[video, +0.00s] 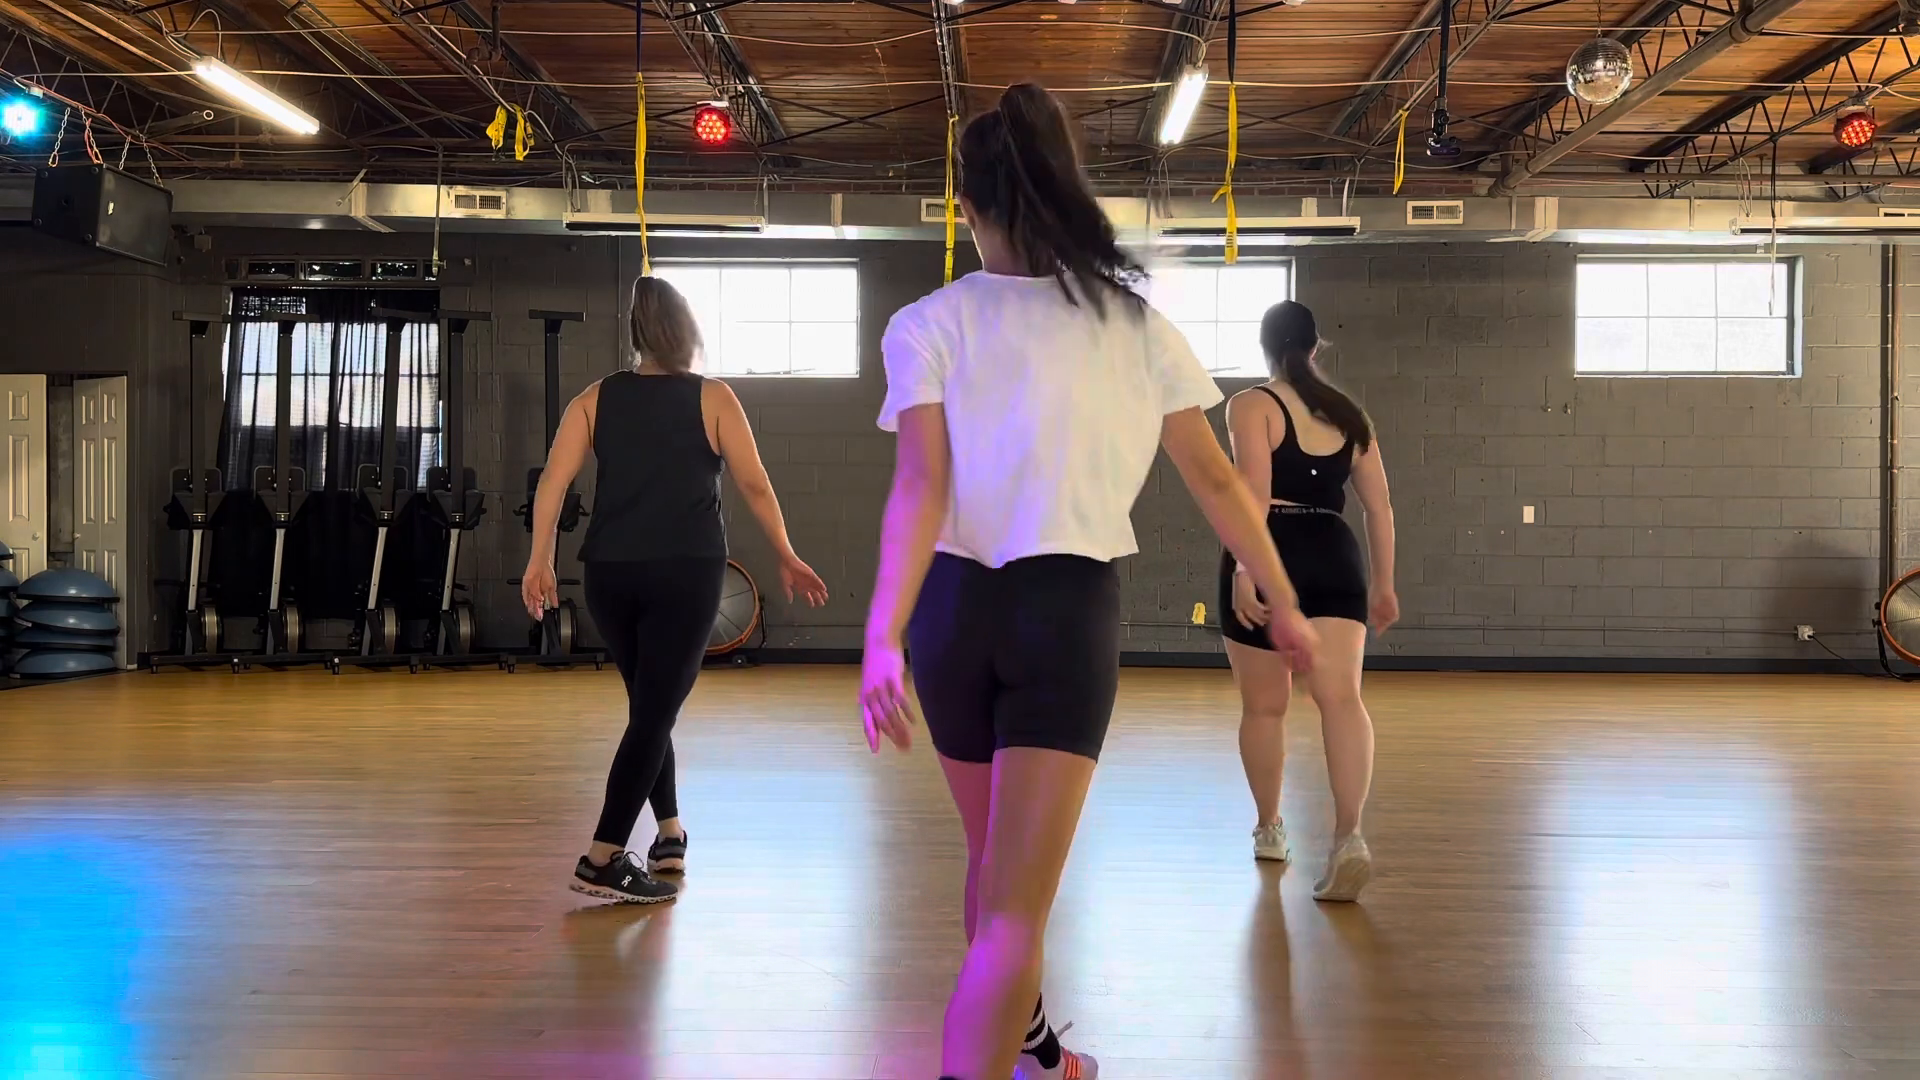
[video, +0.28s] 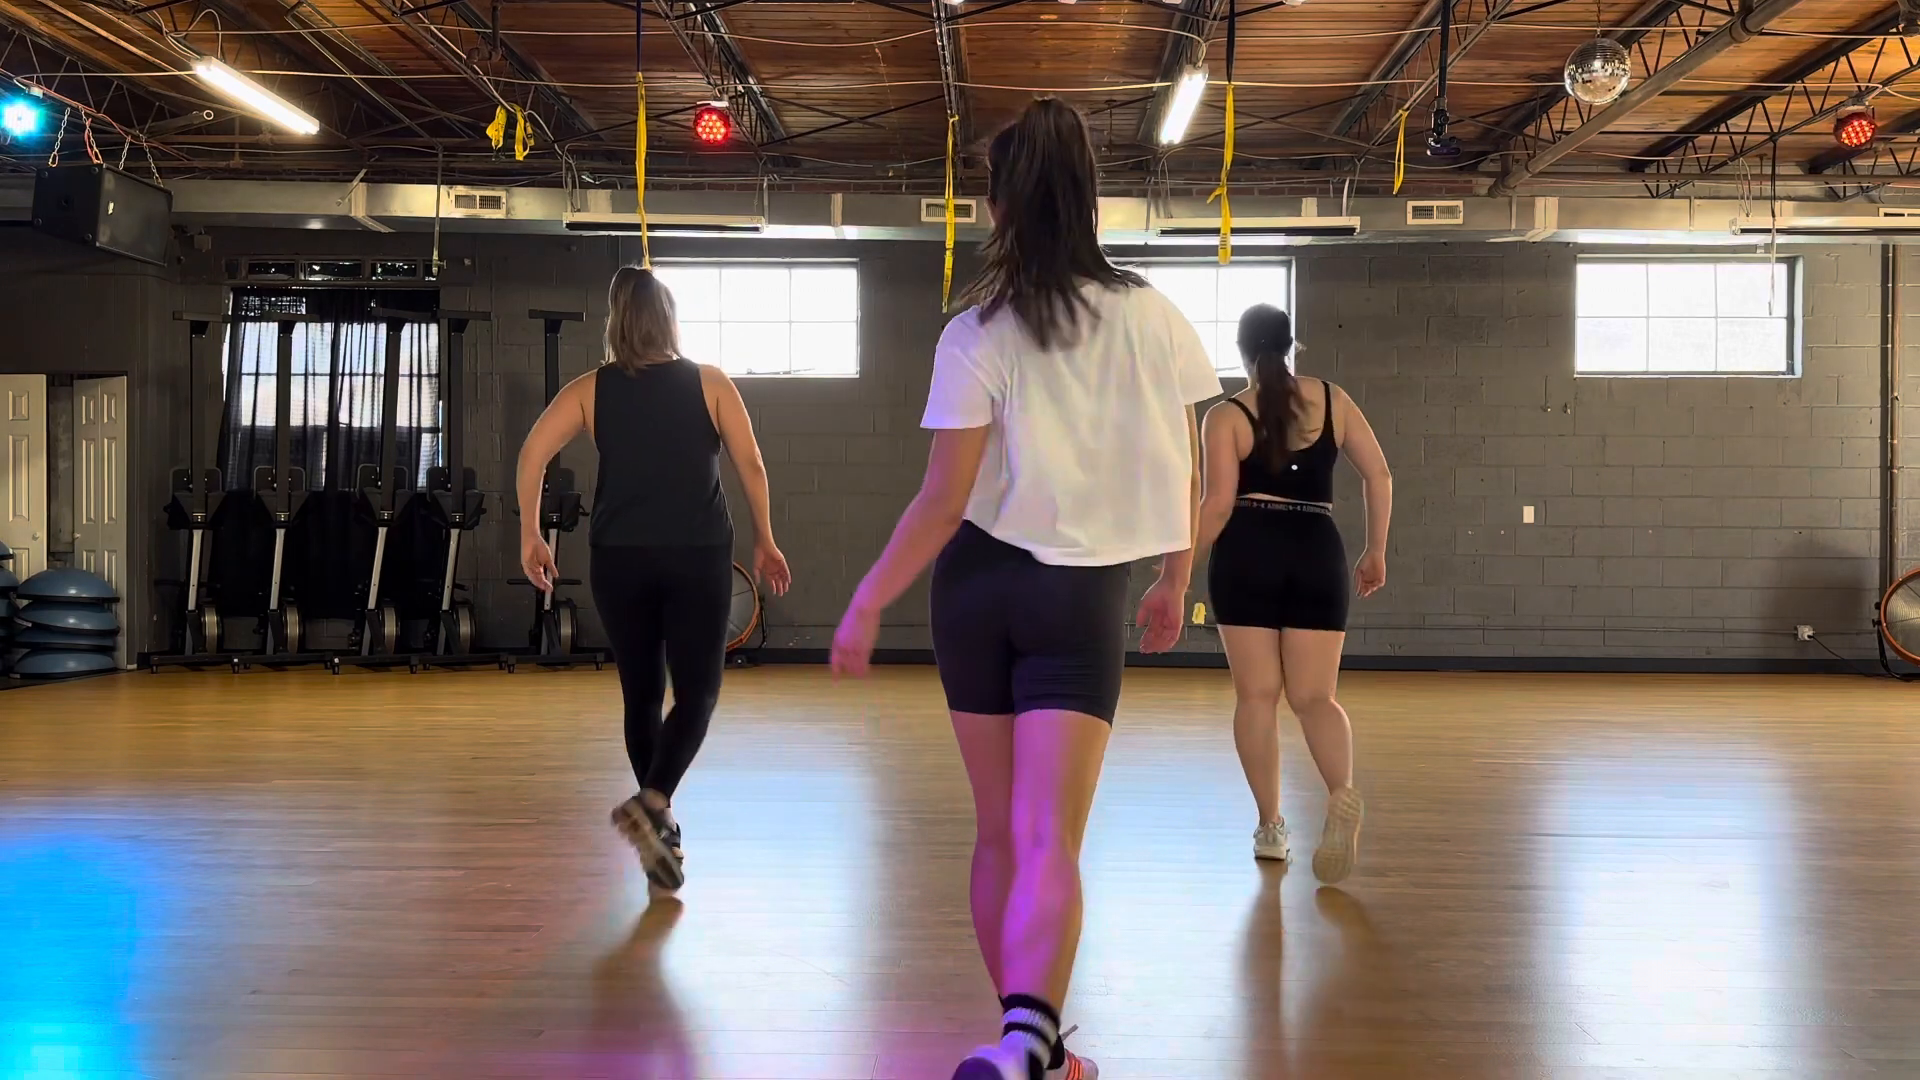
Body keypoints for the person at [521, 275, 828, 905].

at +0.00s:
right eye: (688, 323)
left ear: (633, 334)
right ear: (689, 330)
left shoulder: (594, 399)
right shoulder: (713, 397)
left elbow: (554, 479)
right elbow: (756, 485)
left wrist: (539, 557)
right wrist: (787, 554)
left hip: (607, 572)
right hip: (686, 572)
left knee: (650, 706)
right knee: (652, 716)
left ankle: (671, 832)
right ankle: (601, 856)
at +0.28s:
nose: (673, 321)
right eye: (671, 310)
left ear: (615, 324)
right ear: (672, 318)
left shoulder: (590, 388)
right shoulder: (709, 381)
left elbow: (532, 455)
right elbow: (750, 465)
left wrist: (531, 533)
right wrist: (765, 540)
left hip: (619, 561)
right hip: (698, 559)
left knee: (640, 694)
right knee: (698, 694)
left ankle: (664, 825)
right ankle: (651, 802)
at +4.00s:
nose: (690, 374)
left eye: (699, 365)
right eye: (681, 368)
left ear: (717, 372)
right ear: (672, 378)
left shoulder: (748, 418)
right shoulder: (657, 429)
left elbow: (763, 481)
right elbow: (634, 488)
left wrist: (757, 537)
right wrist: (655, 536)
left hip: (732, 555)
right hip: (672, 557)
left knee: (741, 657)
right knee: (658, 656)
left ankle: (737, 756)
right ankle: (650, 751)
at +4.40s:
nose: (626, 408)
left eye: (639, 400)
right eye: (620, 400)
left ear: (663, 409)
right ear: (612, 407)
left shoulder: (693, 456)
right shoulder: (611, 456)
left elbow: (748, 489)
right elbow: (644, 502)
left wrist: (759, 537)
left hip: (723, 554)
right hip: (666, 558)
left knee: (742, 656)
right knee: (625, 653)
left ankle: (784, 748)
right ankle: (625, 761)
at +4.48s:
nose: (622, 416)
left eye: (636, 408)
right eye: (616, 406)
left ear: (660, 416)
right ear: (609, 411)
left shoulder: (682, 468)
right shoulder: (604, 455)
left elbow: (734, 508)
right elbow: (634, 506)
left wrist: (739, 556)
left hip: (706, 569)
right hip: (651, 568)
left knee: (727, 667)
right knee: (612, 660)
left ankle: (790, 752)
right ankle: (626, 764)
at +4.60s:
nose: (631, 422)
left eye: (644, 413)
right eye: (625, 412)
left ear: (667, 421)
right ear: (618, 417)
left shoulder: (692, 476)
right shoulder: (602, 462)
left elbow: (731, 517)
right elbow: (625, 517)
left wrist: (717, 570)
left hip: (691, 571)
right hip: (633, 567)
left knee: (707, 668)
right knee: (599, 663)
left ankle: (757, 758)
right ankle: (625, 764)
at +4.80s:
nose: (653, 418)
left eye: (664, 408)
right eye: (644, 411)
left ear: (687, 413)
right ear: (637, 419)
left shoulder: (726, 463)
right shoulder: (617, 468)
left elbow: (732, 503)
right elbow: (619, 502)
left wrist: (706, 533)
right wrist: (654, 520)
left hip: (701, 558)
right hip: (635, 558)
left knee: (720, 654)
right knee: (613, 658)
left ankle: (738, 760)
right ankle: (600, 758)